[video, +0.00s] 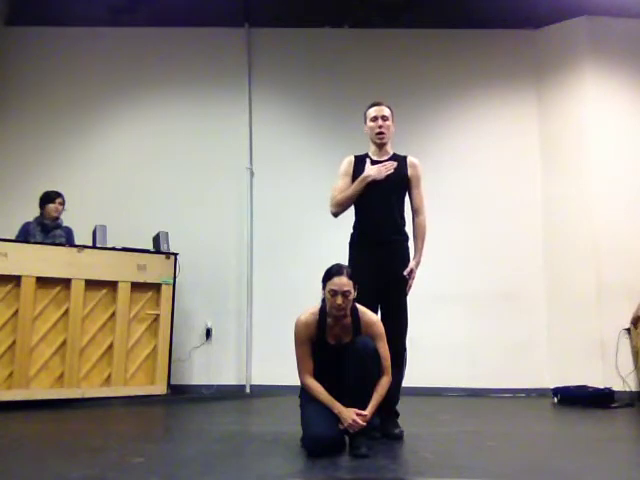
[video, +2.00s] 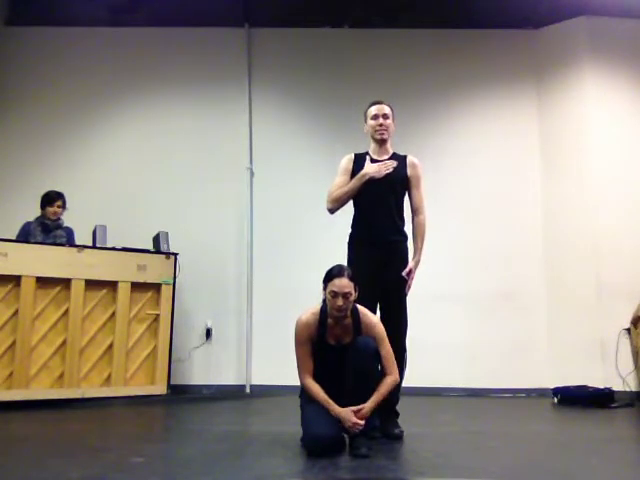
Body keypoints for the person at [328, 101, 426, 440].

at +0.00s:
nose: (380, 123)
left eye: (385, 118)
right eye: (374, 119)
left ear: (393, 125)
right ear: (365, 127)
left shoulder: (409, 166)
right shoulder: (353, 164)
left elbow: (419, 215)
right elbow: (335, 206)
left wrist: (416, 259)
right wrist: (366, 177)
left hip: (395, 257)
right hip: (362, 257)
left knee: (394, 337)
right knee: (359, 336)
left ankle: (388, 415)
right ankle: (358, 416)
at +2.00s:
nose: (381, 121)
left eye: (386, 117)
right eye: (375, 117)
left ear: (394, 124)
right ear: (366, 126)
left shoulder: (409, 165)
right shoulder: (352, 162)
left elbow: (419, 214)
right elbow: (332, 203)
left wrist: (415, 259)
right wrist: (365, 175)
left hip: (394, 257)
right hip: (361, 256)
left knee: (394, 337)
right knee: (358, 336)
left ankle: (388, 415)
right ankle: (359, 416)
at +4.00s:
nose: (381, 122)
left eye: (386, 117)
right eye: (375, 117)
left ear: (394, 124)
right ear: (366, 125)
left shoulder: (410, 165)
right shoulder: (353, 163)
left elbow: (417, 214)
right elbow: (335, 208)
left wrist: (415, 259)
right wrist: (363, 178)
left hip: (394, 257)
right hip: (361, 256)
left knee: (394, 336)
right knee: (358, 336)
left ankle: (389, 415)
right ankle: (359, 416)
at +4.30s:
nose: (381, 122)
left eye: (386, 117)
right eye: (375, 118)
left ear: (394, 124)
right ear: (365, 125)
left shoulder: (409, 166)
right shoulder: (352, 163)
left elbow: (417, 215)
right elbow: (333, 208)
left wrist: (416, 259)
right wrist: (360, 176)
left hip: (394, 257)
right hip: (361, 256)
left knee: (394, 337)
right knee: (358, 336)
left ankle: (388, 415)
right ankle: (358, 416)